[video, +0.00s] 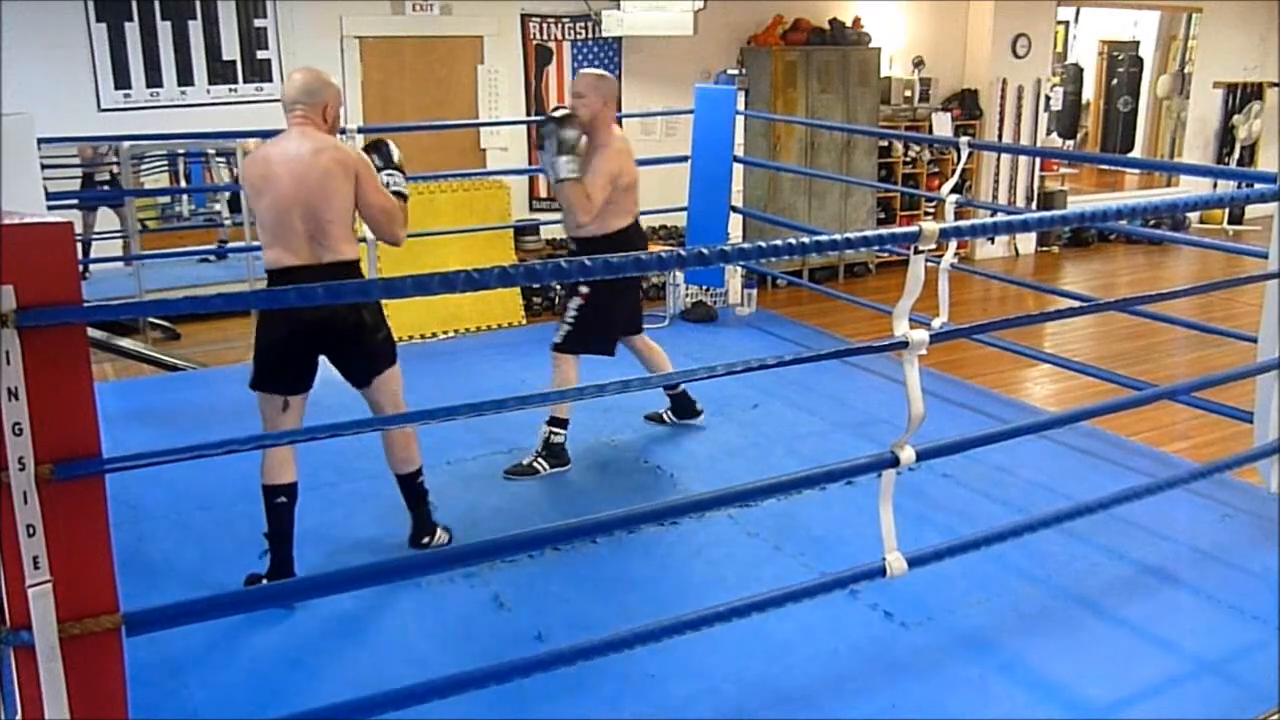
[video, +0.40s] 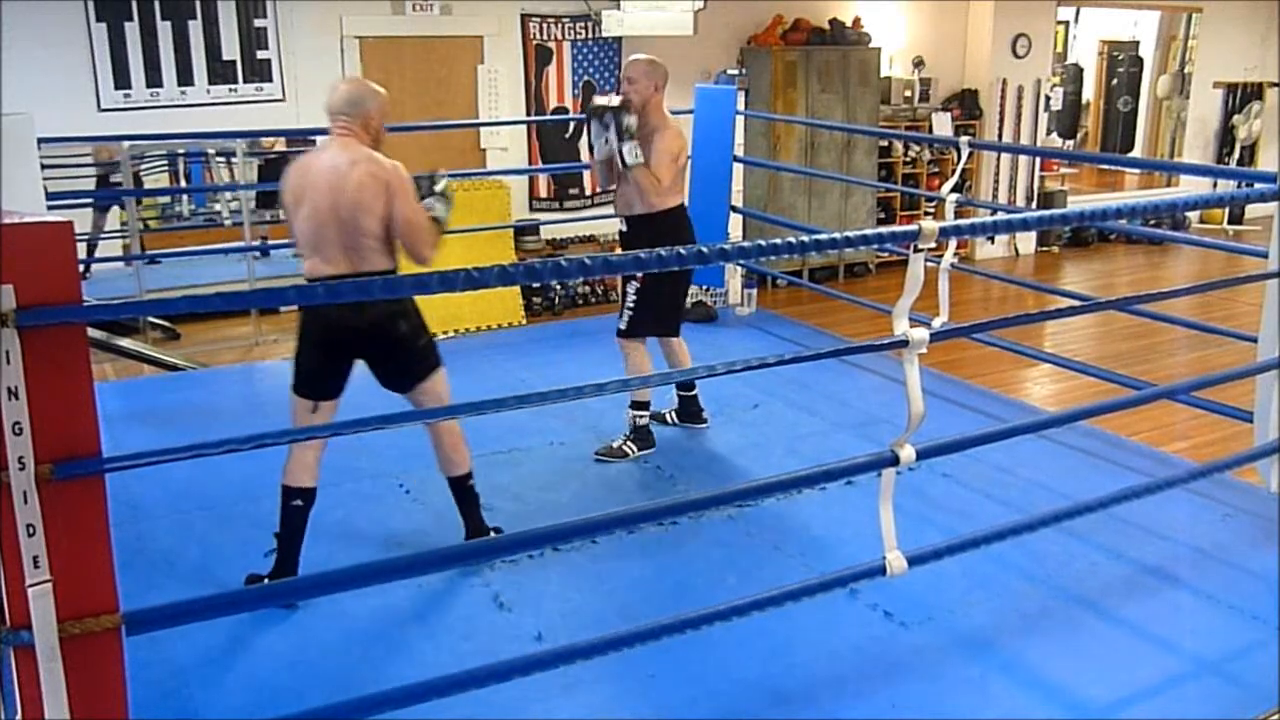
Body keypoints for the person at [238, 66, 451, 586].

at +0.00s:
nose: (341, 117)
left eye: (339, 110)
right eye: (339, 109)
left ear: (287, 110)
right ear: (329, 109)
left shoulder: (252, 161)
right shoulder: (347, 157)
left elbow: (269, 223)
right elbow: (394, 231)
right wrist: (395, 177)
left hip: (284, 312)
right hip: (349, 304)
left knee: (279, 434)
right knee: (394, 417)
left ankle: (280, 565)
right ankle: (424, 527)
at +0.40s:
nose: (384, 128)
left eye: (383, 120)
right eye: (382, 120)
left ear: (334, 120)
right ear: (367, 121)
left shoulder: (296, 172)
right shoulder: (387, 173)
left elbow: (302, 239)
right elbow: (424, 250)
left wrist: (372, 214)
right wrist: (434, 212)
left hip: (321, 314)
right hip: (386, 309)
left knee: (307, 434)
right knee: (440, 416)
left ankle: (285, 565)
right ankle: (476, 527)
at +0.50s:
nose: (411, 133)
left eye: (411, 127)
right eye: (410, 127)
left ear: (359, 124)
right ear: (397, 128)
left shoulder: (326, 174)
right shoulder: (407, 174)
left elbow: (368, 220)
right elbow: (462, 241)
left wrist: (418, 176)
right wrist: (455, 181)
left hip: (345, 318)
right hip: (406, 314)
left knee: (320, 432)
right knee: (453, 418)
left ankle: (292, 560)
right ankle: (476, 529)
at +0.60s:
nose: (427, 123)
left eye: (427, 116)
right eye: (426, 116)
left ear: (375, 111)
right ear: (417, 116)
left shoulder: (341, 157)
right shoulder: (422, 161)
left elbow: (347, 214)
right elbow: (472, 224)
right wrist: (466, 166)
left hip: (352, 305)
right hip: (413, 302)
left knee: (332, 421)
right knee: (448, 417)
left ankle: (319, 548)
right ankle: (474, 530)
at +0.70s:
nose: (431, 120)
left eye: (432, 114)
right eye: (432, 114)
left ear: (381, 105)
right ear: (421, 113)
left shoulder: (346, 154)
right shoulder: (427, 158)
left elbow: (375, 200)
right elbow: (472, 222)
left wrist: (419, 149)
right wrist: (464, 163)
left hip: (357, 298)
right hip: (417, 296)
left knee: (346, 419)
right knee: (449, 414)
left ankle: (345, 544)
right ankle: (473, 529)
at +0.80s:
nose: (432, 129)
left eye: (432, 122)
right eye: (432, 122)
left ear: (381, 115)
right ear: (419, 123)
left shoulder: (347, 163)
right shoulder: (424, 171)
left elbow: (372, 215)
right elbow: (472, 236)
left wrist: (421, 164)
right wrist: (454, 175)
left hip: (361, 308)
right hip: (421, 305)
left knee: (355, 422)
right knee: (476, 400)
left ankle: (347, 548)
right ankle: (475, 524)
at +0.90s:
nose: (439, 128)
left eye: (438, 121)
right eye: (437, 120)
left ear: (386, 120)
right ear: (422, 121)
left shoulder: (353, 169)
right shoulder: (434, 169)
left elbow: (370, 225)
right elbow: (484, 240)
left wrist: (436, 191)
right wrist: (480, 195)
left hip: (377, 307)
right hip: (439, 301)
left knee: (364, 420)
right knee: (495, 382)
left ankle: (346, 548)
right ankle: (504, 503)